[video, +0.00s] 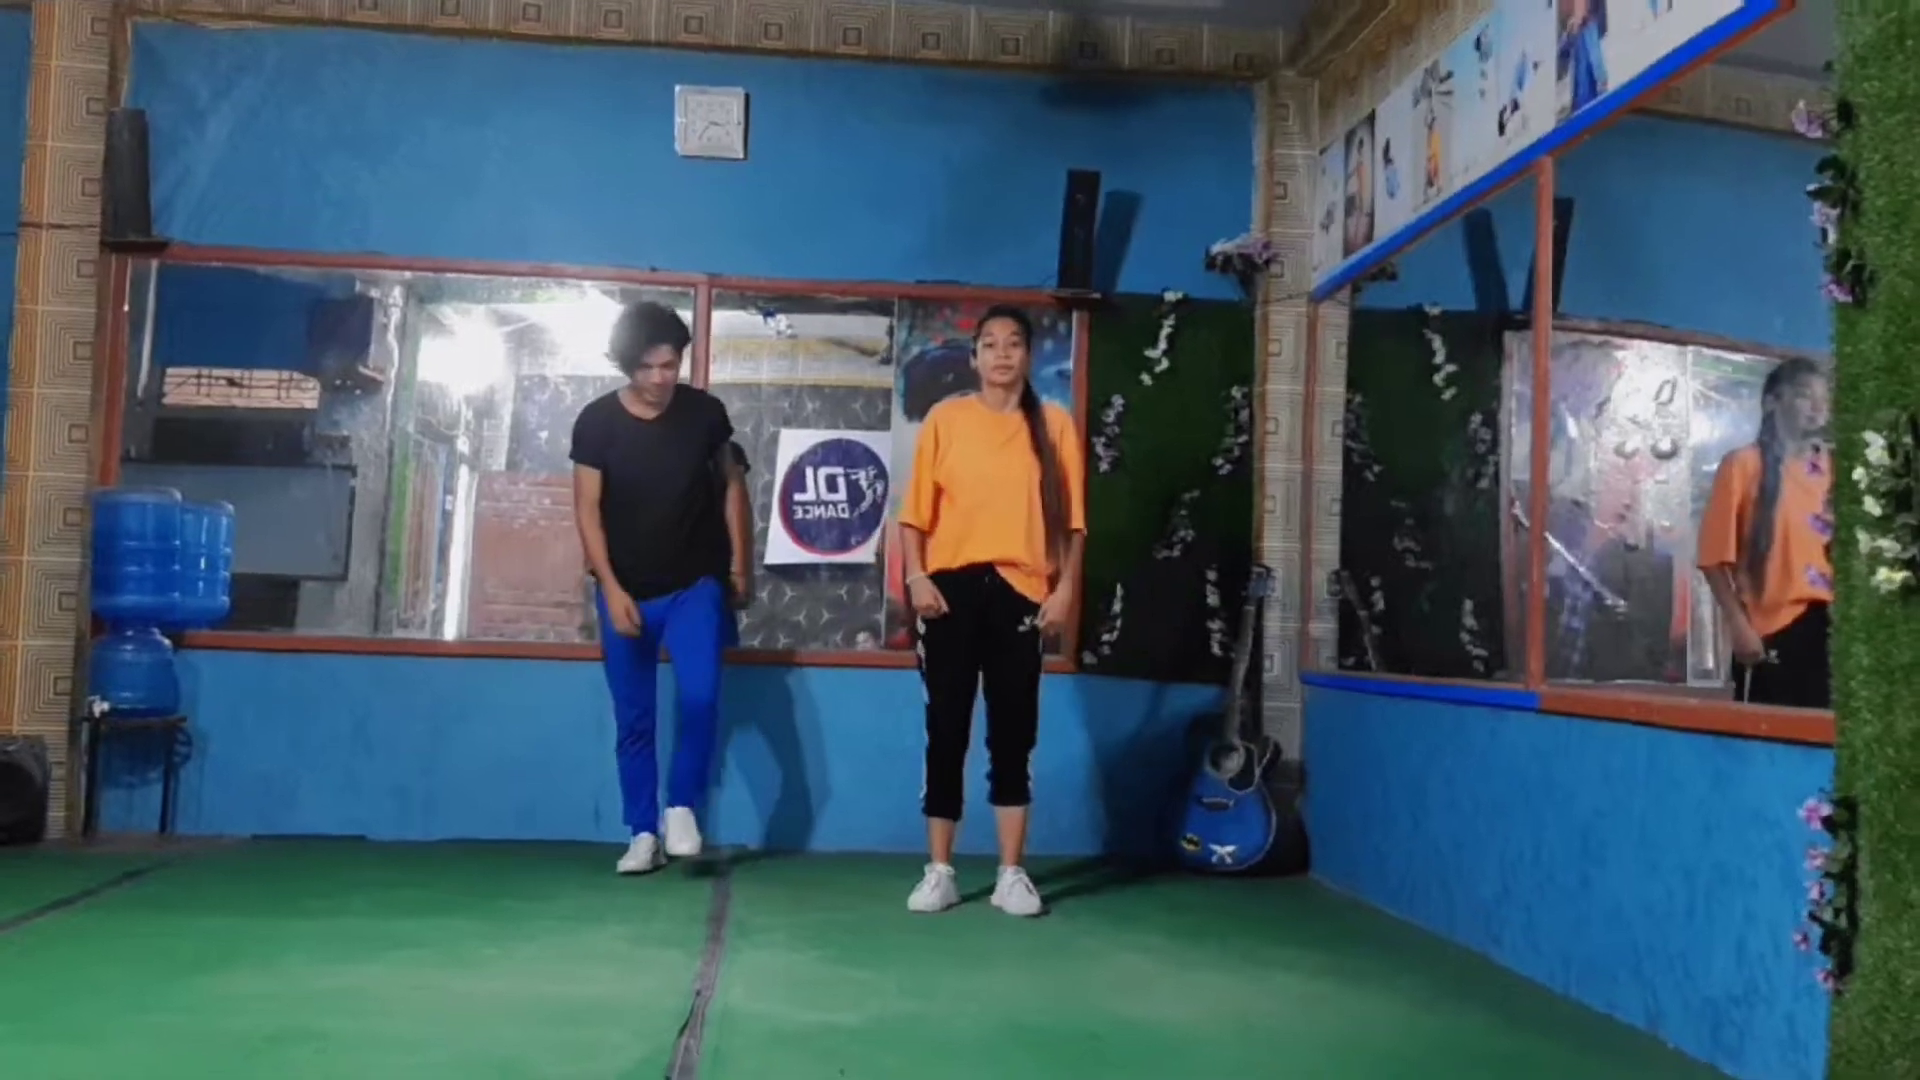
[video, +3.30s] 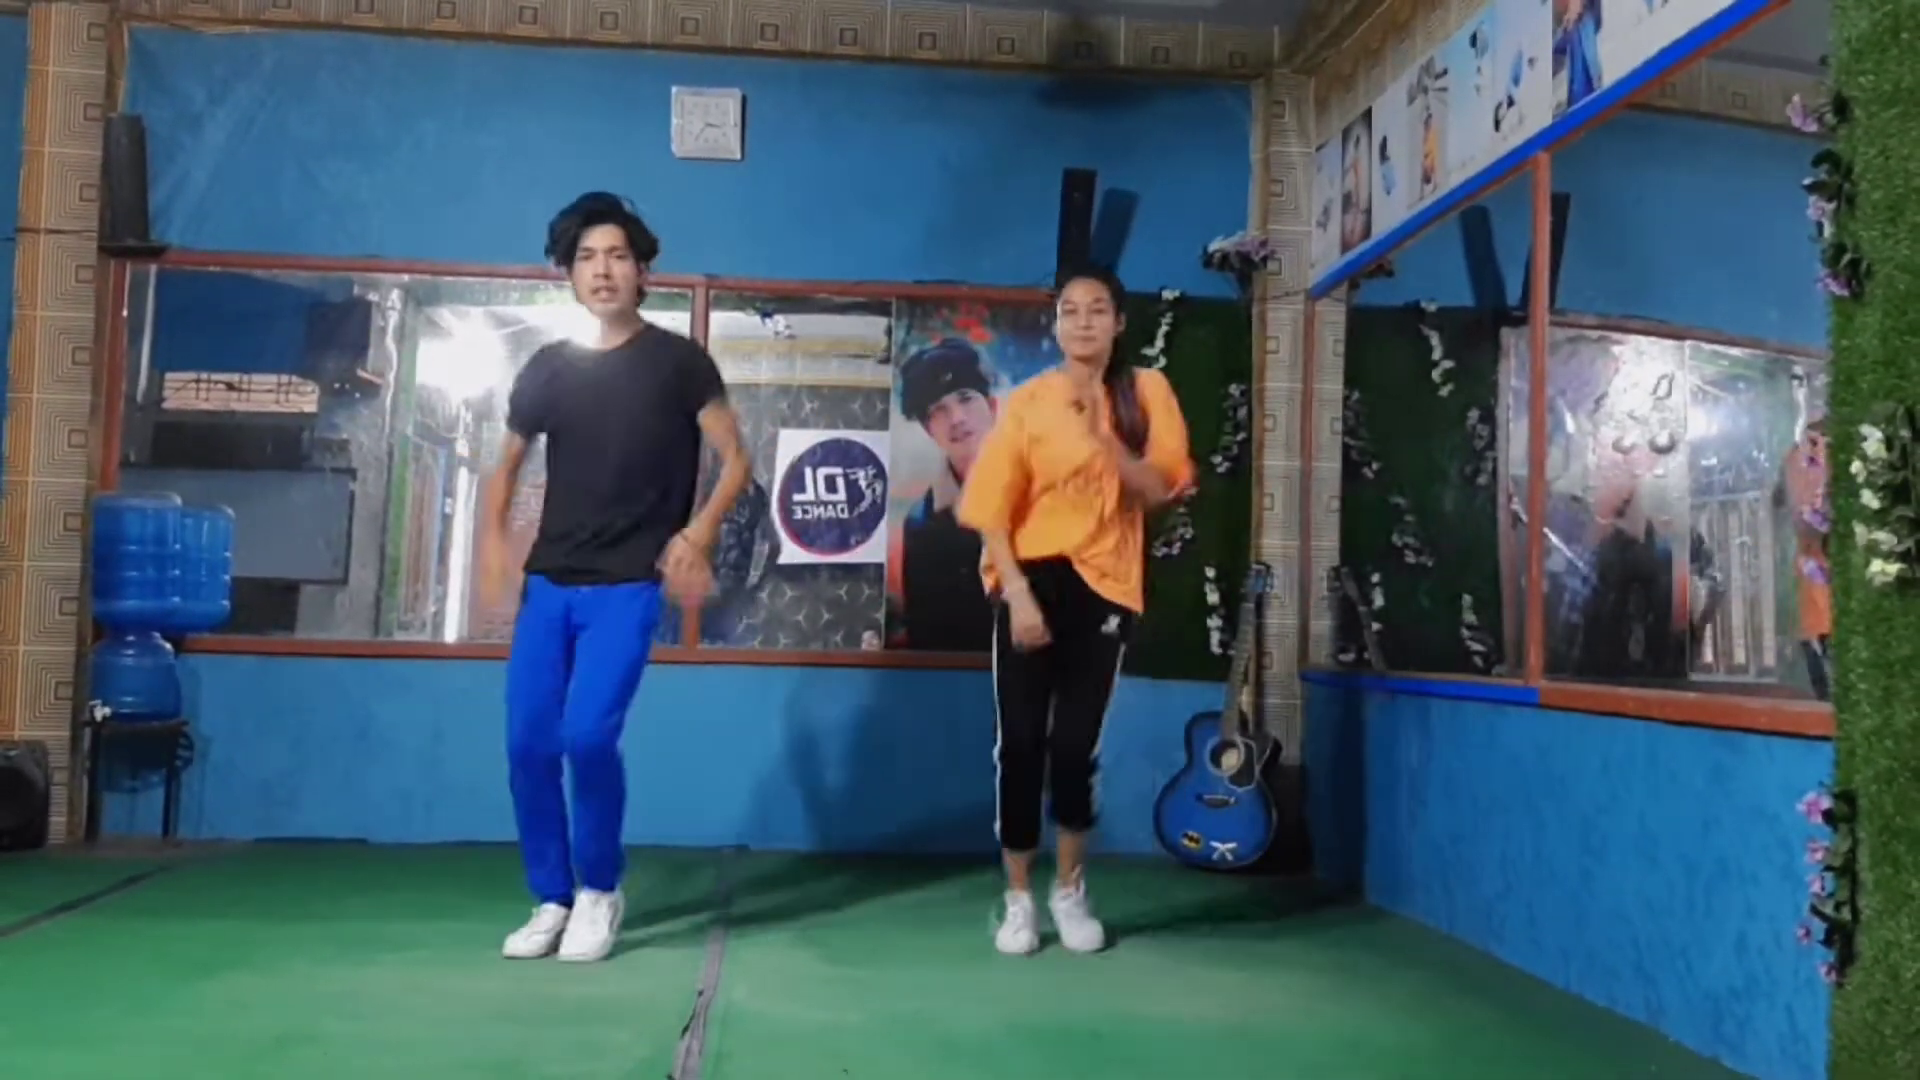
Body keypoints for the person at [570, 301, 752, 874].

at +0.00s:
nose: (663, 376)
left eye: (671, 364)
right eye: (651, 366)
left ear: (681, 360)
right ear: (627, 365)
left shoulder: (704, 412)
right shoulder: (597, 421)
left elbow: (732, 486)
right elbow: (588, 510)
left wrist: (739, 565)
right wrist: (609, 587)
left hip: (696, 584)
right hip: (624, 588)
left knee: (700, 699)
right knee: (634, 717)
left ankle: (682, 809)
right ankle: (643, 831)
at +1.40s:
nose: (647, 276)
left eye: (664, 264)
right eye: (636, 264)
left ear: (695, 284)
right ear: (621, 281)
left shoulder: (720, 382)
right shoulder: (585, 368)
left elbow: (732, 490)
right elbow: (564, 469)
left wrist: (667, 503)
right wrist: (622, 500)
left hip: (672, 594)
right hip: (586, 589)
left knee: (658, 753)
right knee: (555, 734)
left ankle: (638, 905)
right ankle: (605, 836)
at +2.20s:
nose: (618, 272)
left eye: (630, 259)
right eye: (601, 259)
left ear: (644, 273)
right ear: (573, 274)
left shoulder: (672, 358)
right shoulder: (539, 362)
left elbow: (768, 410)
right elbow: (459, 428)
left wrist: (682, 425)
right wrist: (557, 438)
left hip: (654, 585)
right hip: (563, 587)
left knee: (658, 729)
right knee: (570, 746)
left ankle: (627, 892)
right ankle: (574, 898)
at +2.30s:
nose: (626, 269)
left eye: (640, 257)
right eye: (611, 256)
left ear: (656, 272)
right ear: (583, 271)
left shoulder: (683, 359)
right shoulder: (546, 356)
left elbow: (770, 421)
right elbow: (457, 423)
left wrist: (838, 386)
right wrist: (423, 380)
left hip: (657, 587)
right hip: (567, 585)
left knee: (639, 748)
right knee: (572, 748)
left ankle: (620, 904)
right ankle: (578, 895)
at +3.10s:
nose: (624, 265)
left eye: (638, 251)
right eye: (609, 252)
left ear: (662, 265)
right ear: (588, 269)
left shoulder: (699, 345)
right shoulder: (563, 355)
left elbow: (793, 401)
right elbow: (472, 404)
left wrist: (784, 336)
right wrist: (419, 335)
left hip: (665, 575)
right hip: (579, 565)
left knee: (655, 727)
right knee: (496, 685)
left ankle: (673, 865)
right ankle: (538, 844)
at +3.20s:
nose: (614, 261)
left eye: (628, 246)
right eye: (597, 248)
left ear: (652, 260)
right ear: (578, 263)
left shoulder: (691, 341)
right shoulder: (550, 350)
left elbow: (778, 402)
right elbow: (466, 400)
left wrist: (724, 427)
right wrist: (449, 417)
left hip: (656, 558)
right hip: (570, 556)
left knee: (628, 690)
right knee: (521, 709)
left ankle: (618, 840)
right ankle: (537, 884)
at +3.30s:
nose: (604, 271)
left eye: (618, 256)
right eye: (588, 258)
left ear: (642, 271)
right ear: (569, 275)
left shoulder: (682, 362)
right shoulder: (549, 368)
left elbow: (736, 464)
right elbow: (505, 470)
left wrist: (700, 535)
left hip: (628, 587)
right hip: (549, 583)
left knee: (586, 736)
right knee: (528, 740)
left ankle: (598, 892)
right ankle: (553, 898)